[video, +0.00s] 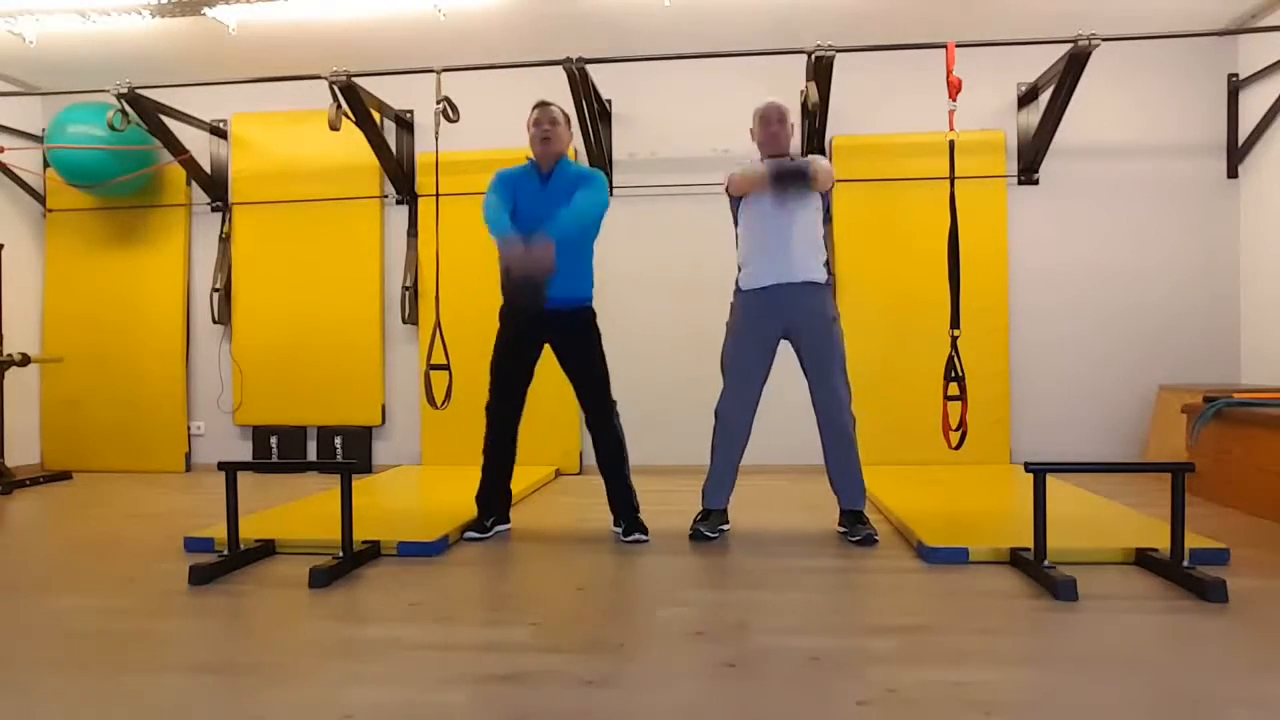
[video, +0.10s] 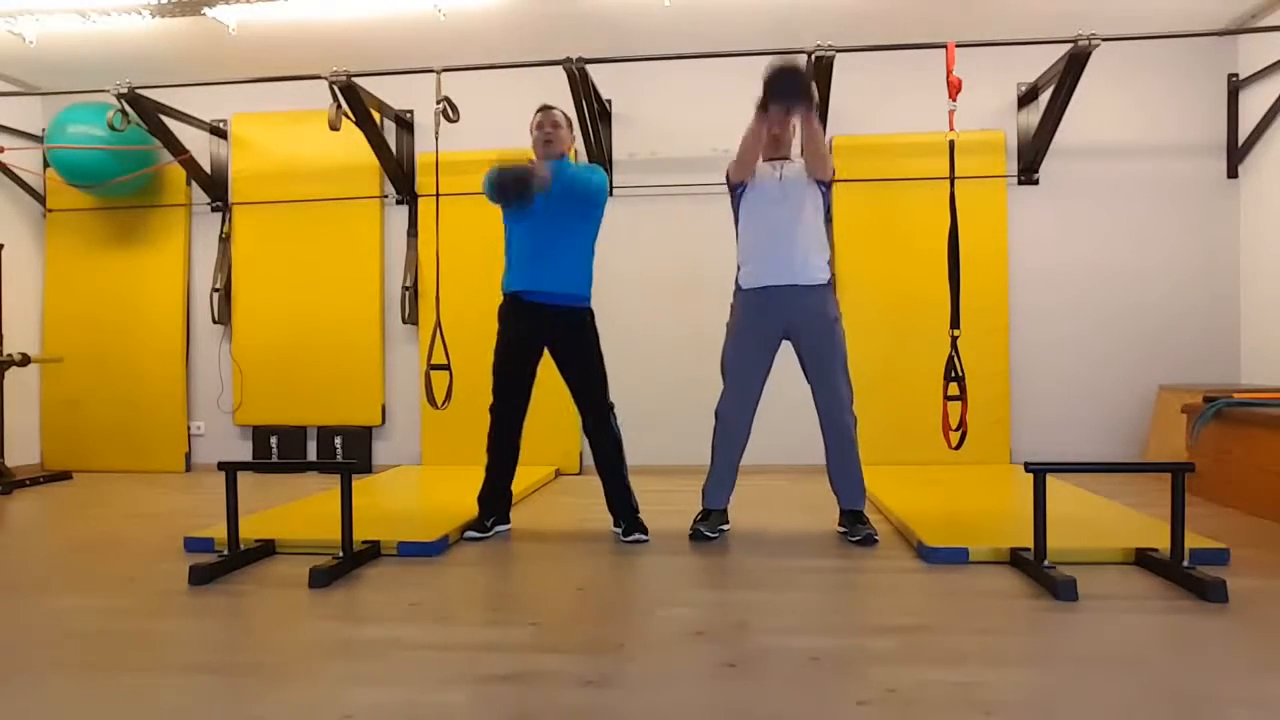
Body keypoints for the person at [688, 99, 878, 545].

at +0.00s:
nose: (776, 129)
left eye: (783, 123)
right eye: (768, 123)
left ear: (794, 130)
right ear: (754, 133)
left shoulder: (817, 168)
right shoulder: (742, 177)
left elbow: (821, 176)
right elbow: (742, 185)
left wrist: (782, 169)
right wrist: (785, 171)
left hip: (812, 298)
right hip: (755, 301)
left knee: (835, 405)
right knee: (734, 406)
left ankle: (852, 511)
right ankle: (714, 509)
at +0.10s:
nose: (785, 126)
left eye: (794, 118)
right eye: (778, 116)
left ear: (807, 119)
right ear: (762, 117)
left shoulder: (817, 167)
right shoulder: (742, 173)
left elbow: (820, 167)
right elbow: (743, 167)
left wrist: (810, 118)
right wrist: (760, 122)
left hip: (813, 298)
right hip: (756, 300)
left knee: (836, 404)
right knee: (735, 404)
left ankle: (852, 511)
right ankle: (714, 509)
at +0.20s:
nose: (776, 119)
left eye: (783, 114)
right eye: (769, 114)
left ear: (796, 125)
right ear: (756, 125)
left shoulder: (815, 169)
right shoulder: (744, 172)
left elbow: (816, 132)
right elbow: (748, 128)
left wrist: (806, 75)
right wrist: (762, 74)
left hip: (814, 299)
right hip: (756, 301)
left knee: (836, 406)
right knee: (736, 407)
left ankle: (852, 512)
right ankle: (714, 510)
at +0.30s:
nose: (775, 115)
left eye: (783, 111)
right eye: (768, 111)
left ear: (796, 123)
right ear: (755, 124)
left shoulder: (815, 167)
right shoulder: (744, 170)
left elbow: (815, 116)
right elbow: (748, 119)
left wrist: (806, 60)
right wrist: (763, 63)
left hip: (815, 298)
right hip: (756, 300)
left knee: (836, 405)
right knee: (736, 406)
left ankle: (853, 511)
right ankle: (714, 509)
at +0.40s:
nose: (776, 114)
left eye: (783, 110)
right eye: (769, 110)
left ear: (797, 120)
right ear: (757, 120)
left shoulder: (816, 165)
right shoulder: (744, 169)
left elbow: (816, 120)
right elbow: (747, 126)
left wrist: (807, 66)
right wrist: (764, 67)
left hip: (814, 298)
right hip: (755, 300)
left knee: (836, 406)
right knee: (736, 405)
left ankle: (852, 512)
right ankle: (714, 509)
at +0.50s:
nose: (780, 114)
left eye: (787, 109)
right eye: (775, 105)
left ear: (802, 114)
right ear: (761, 109)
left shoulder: (816, 161)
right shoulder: (742, 165)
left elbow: (820, 150)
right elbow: (747, 149)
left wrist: (810, 94)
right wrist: (763, 100)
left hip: (814, 299)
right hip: (756, 301)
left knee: (838, 408)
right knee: (735, 406)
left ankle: (852, 512)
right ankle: (714, 509)